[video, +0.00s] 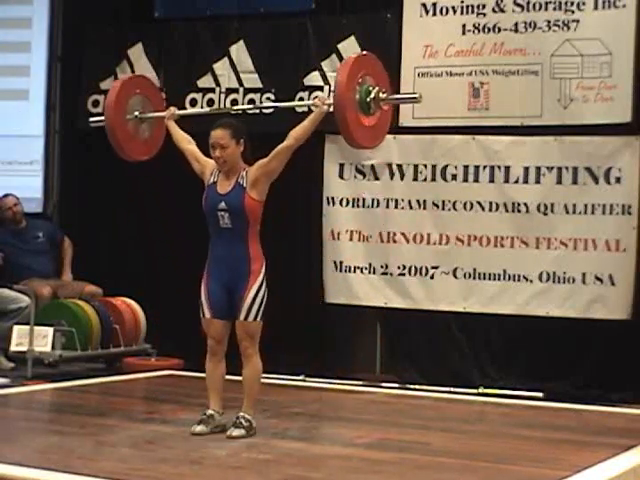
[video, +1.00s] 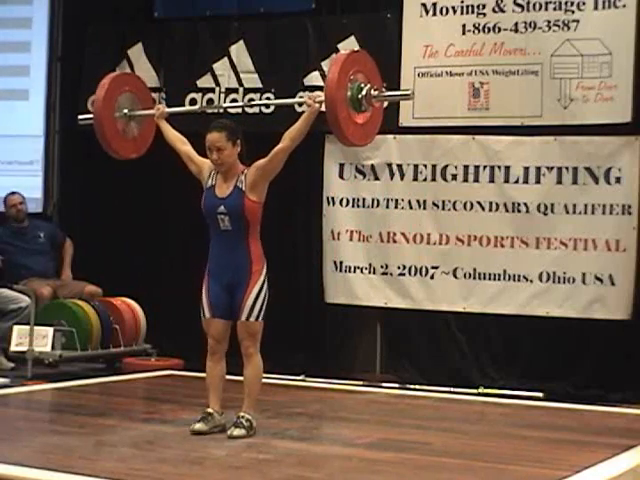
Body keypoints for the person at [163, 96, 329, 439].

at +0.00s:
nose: (217, 153)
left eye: (222, 147)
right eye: (213, 147)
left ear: (241, 147)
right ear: (211, 150)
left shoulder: (256, 176)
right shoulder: (211, 174)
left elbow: (290, 144)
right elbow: (188, 148)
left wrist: (319, 112)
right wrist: (170, 121)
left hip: (249, 272)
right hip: (215, 272)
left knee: (248, 346)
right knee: (214, 346)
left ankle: (247, 416)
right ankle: (213, 413)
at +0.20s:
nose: (216, 155)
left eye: (221, 148)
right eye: (212, 149)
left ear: (240, 147)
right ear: (210, 151)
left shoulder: (257, 176)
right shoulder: (211, 174)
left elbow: (289, 144)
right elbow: (187, 147)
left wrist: (317, 111)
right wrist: (168, 121)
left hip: (249, 273)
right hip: (215, 272)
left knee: (248, 346)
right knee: (215, 346)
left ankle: (247, 416)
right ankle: (214, 412)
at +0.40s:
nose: (214, 154)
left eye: (219, 148)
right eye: (211, 149)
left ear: (238, 146)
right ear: (208, 150)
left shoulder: (254, 175)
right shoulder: (209, 173)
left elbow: (286, 144)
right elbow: (185, 146)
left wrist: (314, 110)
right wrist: (165, 120)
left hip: (248, 273)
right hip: (214, 272)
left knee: (248, 346)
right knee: (214, 346)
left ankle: (247, 416)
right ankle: (213, 412)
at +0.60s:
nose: (209, 153)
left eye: (215, 146)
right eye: (206, 147)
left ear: (233, 145)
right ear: (204, 148)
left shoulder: (250, 176)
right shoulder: (204, 172)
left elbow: (282, 144)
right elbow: (181, 147)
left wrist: (312, 111)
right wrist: (162, 120)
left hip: (244, 273)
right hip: (210, 273)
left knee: (246, 346)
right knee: (212, 346)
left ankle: (246, 416)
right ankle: (213, 413)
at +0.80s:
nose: (210, 154)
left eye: (215, 147)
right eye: (206, 148)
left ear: (234, 146)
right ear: (204, 149)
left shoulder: (251, 177)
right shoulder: (204, 173)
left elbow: (282, 145)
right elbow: (180, 147)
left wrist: (311, 111)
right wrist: (161, 120)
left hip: (245, 273)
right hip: (210, 273)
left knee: (246, 347)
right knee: (212, 347)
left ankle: (247, 416)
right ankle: (213, 413)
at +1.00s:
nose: (214, 156)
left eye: (219, 149)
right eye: (210, 150)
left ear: (237, 147)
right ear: (207, 152)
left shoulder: (255, 177)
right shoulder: (208, 174)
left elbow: (286, 145)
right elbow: (183, 147)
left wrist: (311, 111)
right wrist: (161, 121)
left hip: (250, 274)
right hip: (216, 273)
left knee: (249, 346)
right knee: (215, 346)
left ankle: (247, 416)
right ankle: (214, 412)